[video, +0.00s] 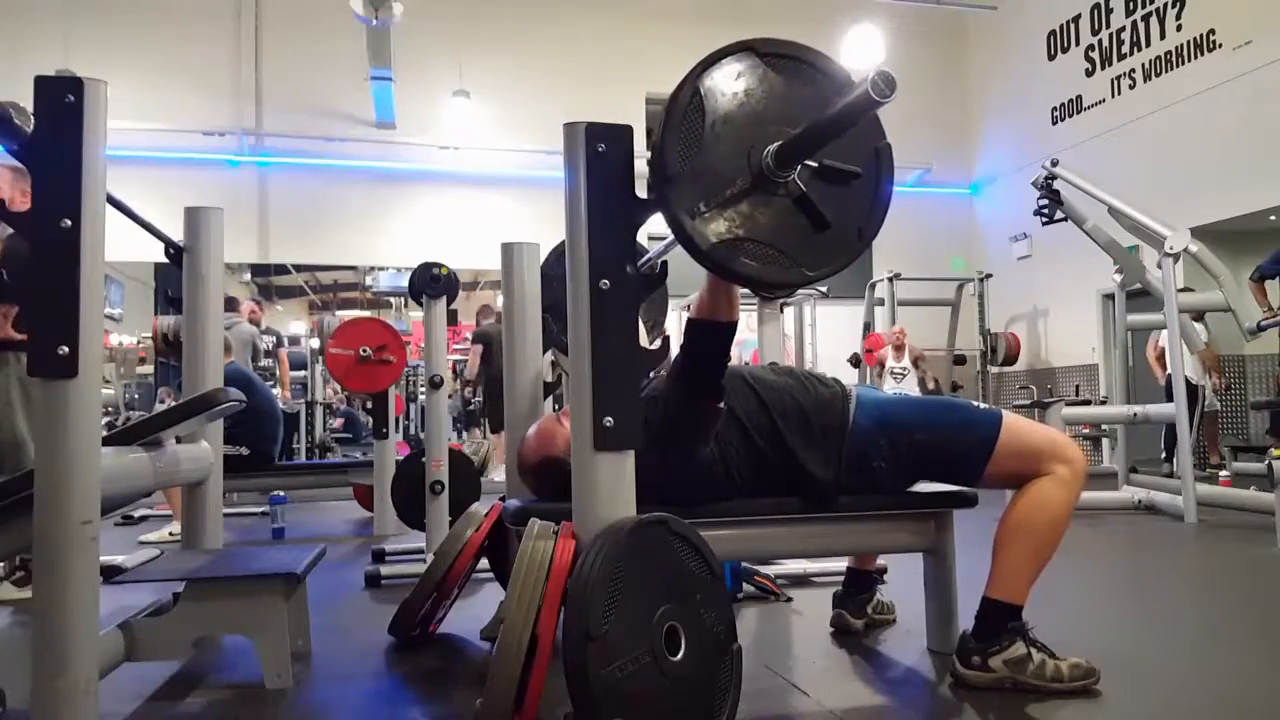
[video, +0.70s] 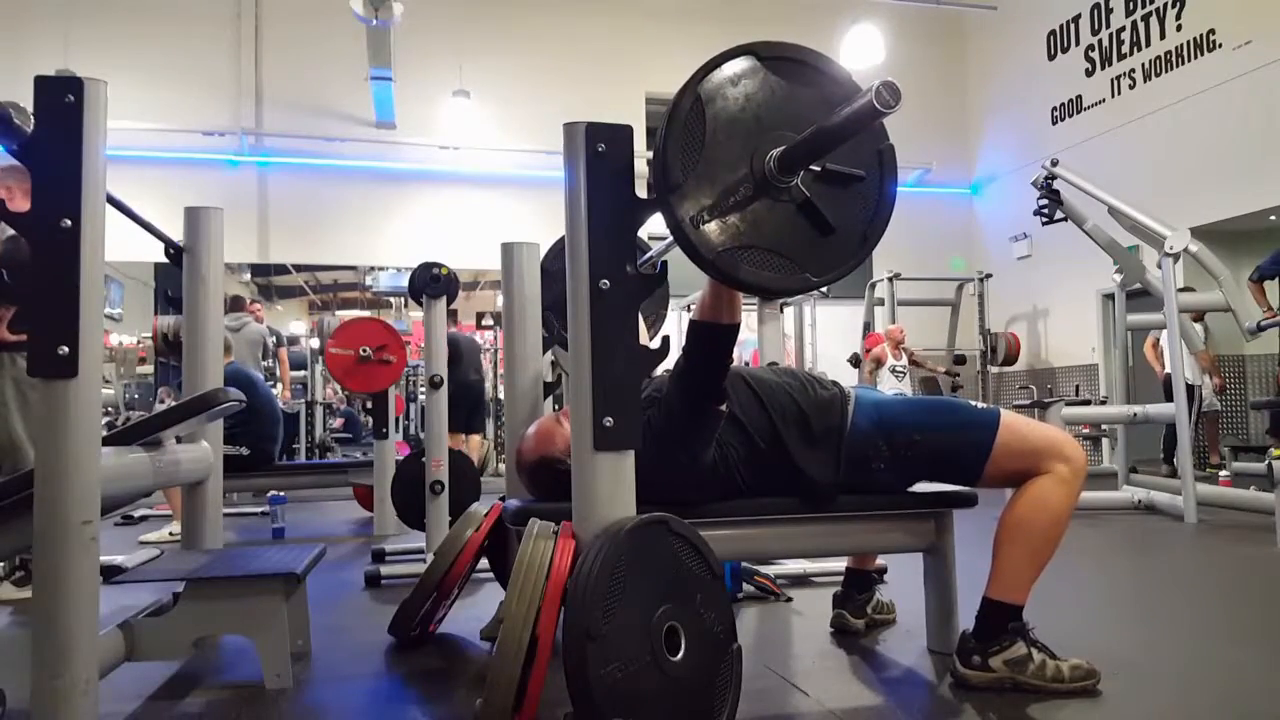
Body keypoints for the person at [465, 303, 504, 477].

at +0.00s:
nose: (477, 323)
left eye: (477, 320)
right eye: (478, 320)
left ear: (479, 318)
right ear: (494, 315)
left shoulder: (480, 333)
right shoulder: (504, 329)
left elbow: (474, 362)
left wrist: (469, 378)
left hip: (493, 382)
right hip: (510, 379)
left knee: (496, 428)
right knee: (510, 424)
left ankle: (499, 466)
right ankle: (510, 465)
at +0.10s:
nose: (476, 323)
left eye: (476, 321)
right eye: (478, 321)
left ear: (477, 319)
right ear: (492, 318)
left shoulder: (476, 333)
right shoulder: (502, 332)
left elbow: (471, 357)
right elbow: (507, 356)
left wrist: (467, 380)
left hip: (488, 382)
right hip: (504, 379)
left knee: (497, 428)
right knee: (492, 427)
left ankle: (508, 464)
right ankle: (490, 466)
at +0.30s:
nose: (468, 326)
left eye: (468, 324)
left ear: (470, 322)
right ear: (485, 322)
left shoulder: (469, 335)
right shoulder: (494, 338)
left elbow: (462, 358)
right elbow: (498, 363)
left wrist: (457, 381)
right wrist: (497, 382)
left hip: (476, 384)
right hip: (494, 384)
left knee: (484, 428)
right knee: (487, 427)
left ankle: (502, 465)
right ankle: (483, 465)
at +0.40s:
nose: (464, 325)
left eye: (465, 322)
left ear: (465, 322)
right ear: (479, 322)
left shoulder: (464, 334)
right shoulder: (490, 340)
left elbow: (455, 359)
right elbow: (494, 365)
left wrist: (451, 377)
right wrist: (491, 380)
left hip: (470, 382)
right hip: (489, 383)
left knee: (465, 426)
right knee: (480, 427)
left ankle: (493, 455)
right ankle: (474, 465)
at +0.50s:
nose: (456, 324)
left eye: (457, 321)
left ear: (459, 321)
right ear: (473, 322)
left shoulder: (458, 335)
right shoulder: (487, 341)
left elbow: (450, 362)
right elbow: (491, 368)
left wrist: (443, 379)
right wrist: (490, 384)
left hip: (462, 383)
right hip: (484, 385)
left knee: (454, 425)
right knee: (479, 428)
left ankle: (476, 455)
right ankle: (479, 462)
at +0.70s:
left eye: (443, 325)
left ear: (445, 325)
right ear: (457, 324)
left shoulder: (445, 340)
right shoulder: (472, 341)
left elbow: (441, 365)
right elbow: (479, 367)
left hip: (454, 387)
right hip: (476, 386)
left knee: (455, 431)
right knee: (475, 432)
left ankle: (455, 472)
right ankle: (472, 472)